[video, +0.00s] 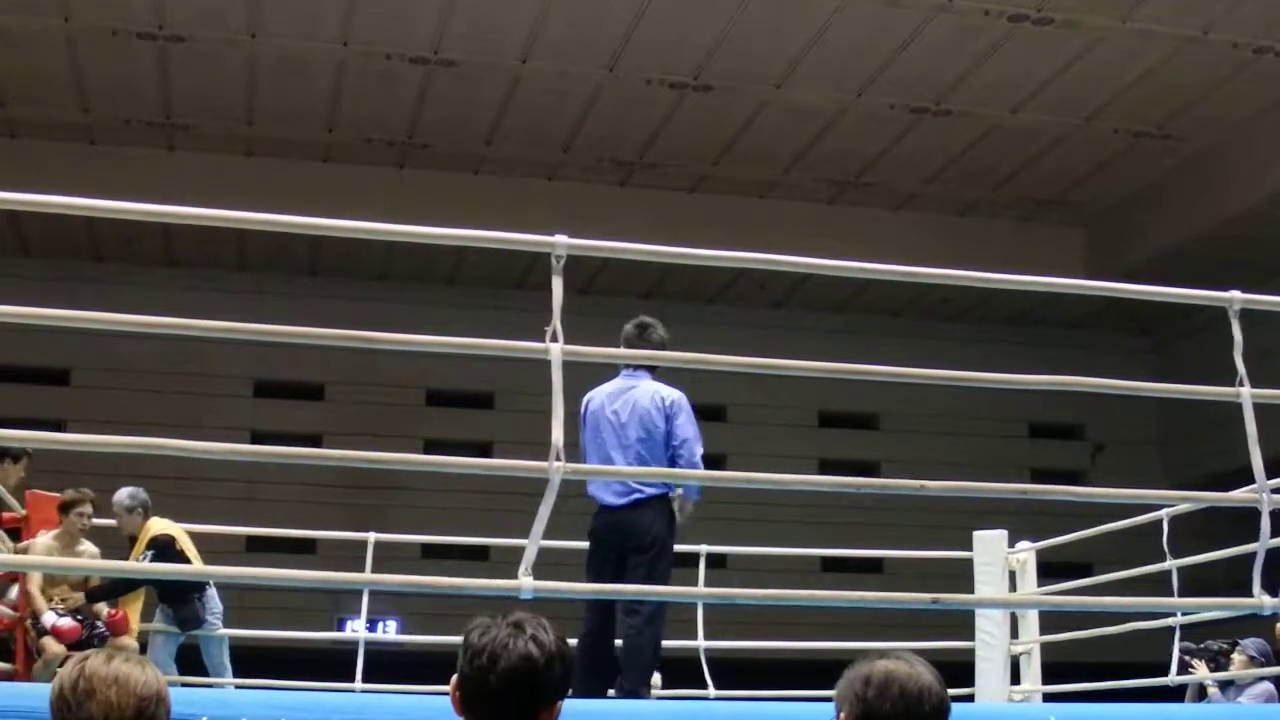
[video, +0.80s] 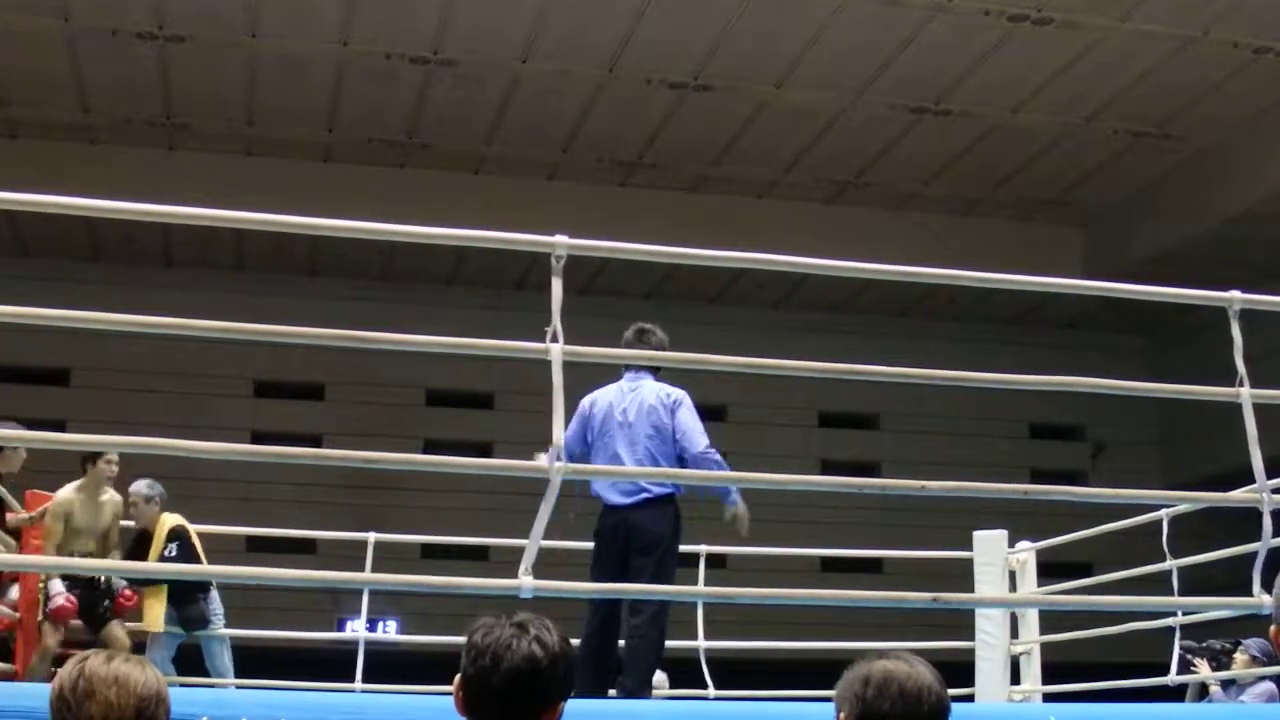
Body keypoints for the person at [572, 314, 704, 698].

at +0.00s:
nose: (658, 355)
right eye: (659, 351)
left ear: (622, 350)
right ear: (659, 354)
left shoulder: (592, 399)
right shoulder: (671, 399)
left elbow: (589, 456)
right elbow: (690, 457)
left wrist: (608, 485)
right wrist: (687, 499)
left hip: (606, 516)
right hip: (651, 515)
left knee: (597, 607)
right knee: (642, 608)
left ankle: (585, 698)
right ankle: (632, 698)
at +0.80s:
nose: (659, 362)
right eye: (662, 357)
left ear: (624, 356)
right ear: (660, 359)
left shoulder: (594, 401)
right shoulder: (673, 399)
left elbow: (569, 452)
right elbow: (700, 453)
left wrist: (550, 458)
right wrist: (731, 497)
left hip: (611, 519)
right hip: (657, 518)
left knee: (602, 607)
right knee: (647, 608)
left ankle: (587, 698)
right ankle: (633, 698)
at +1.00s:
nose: (670, 362)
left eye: (666, 356)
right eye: (669, 357)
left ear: (628, 355)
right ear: (664, 359)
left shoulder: (594, 399)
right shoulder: (669, 398)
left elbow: (550, 435)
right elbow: (708, 439)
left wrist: (536, 417)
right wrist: (769, 435)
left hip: (612, 516)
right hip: (656, 515)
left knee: (603, 606)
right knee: (648, 606)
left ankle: (587, 697)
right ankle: (634, 698)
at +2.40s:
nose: (673, 366)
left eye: (673, 360)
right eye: (673, 360)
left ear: (631, 356)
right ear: (666, 360)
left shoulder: (597, 399)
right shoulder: (669, 396)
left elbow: (555, 437)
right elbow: (714, 428)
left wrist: (529, 473)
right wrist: (768, 402)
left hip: (610, 517)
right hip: (655, 516)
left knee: (602, 604)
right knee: (645, 606)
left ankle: (589, 696)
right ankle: (633, 698)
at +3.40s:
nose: (660, 361)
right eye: (664, 355)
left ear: (627, 361)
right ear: (665, 361)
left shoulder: (604, 407)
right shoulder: (677, 408)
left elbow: (586, 463)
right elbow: (726, 457)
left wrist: (589, 439)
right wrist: (772, 442)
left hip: (617, 528)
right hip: (661, 525)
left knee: (631, 615)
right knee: (692, 610)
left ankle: (638, 705)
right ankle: (653, 680)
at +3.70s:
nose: (660, 360)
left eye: (655, 354)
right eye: (658, 354)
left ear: (615, 359)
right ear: (652, 360)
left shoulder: (592, 409)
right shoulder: (670, 407)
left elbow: (600, 458)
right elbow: (694, 467)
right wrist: (698, 445)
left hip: (611, 524)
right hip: (657, 520)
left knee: (626, 609)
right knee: (681, 603)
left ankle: (635, 699)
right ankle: (645, 665)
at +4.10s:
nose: (649, 334)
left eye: (646, 326)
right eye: (646, 327)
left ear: (600, 331)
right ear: (636, 332)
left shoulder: (572, 379)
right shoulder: (645, 377)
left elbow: (548, 442)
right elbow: (651, 439)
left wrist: (569, 474)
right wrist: (654, 478)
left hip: (577, 496)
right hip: (621, 495)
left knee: (594, 587)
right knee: (620, 588)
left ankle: (600, 678)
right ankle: (608, 685)